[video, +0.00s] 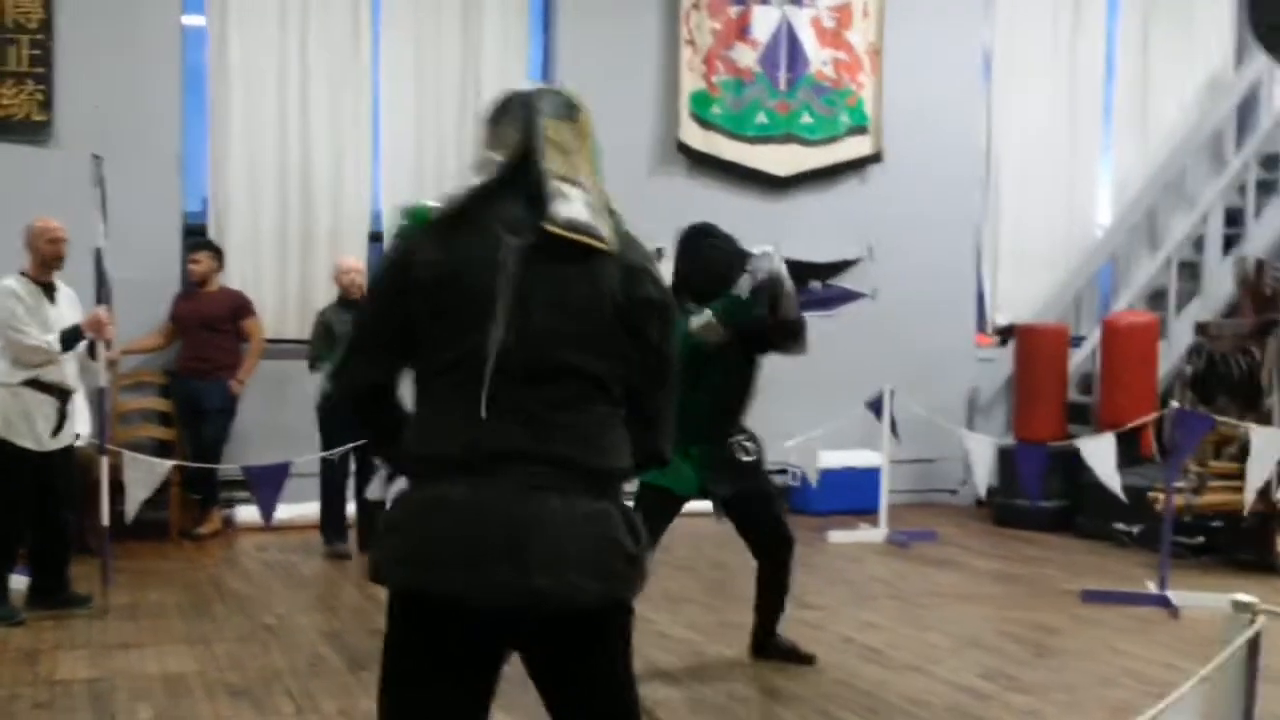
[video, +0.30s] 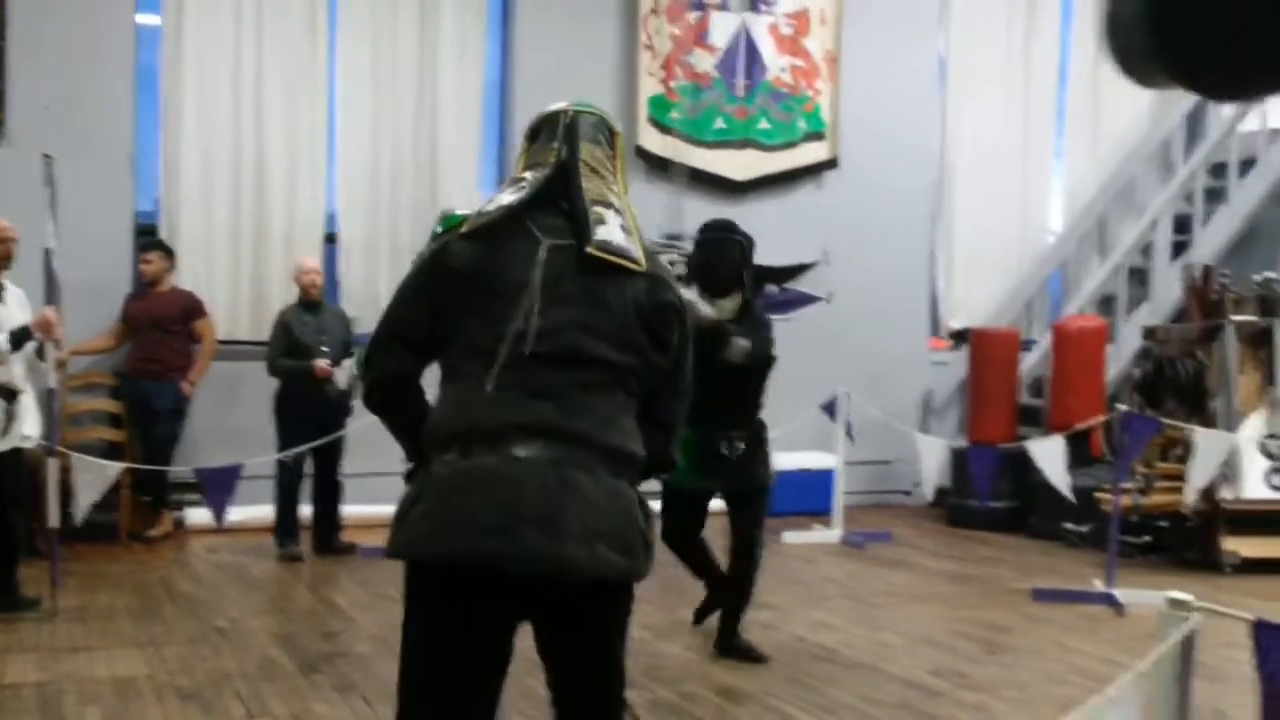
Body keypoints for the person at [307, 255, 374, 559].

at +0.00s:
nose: (352, 278)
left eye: (357, 272)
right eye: (346, 273)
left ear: (366, 277)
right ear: (336, 279)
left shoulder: (376, 314)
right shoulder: (329, 317)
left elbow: (388, 354)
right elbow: (316, 361)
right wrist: (339, 365)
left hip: (371, 398)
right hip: (337, 400)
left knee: (369, 470)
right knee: (334, 471)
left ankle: (371, 536)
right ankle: (335, 536)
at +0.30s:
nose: (313, 279)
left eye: (317, 273)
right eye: (306, 273)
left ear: (323, 278)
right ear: (296, 279)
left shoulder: (337, 316)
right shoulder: (288, 318)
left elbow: (349, 353)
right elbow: (274, 363)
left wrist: (342, 371)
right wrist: (310, 366)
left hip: (331, 403)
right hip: (295, 403)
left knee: (327, 473)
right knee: (290, 472)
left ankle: (327, 536)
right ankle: (287, 540)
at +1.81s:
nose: (133, 268)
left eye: (138, 262)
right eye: (126, 263)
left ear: (145, 269)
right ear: (115, 270)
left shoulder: (160, 309)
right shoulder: (105, 310)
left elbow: (173, 354)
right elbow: (91, 358)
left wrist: (168, 392)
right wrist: (130, 361)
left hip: (153, 402)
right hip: (113, 402)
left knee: (148, 474)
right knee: (108, 473)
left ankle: (145, 540)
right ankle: (104, 543)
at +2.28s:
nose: (130, 286)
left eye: (135, 280)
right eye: (123, 281)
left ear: (143, 286)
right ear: (113, 288)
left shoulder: (159, 327)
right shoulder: (103, 328)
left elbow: (175, 365)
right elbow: (90, 376)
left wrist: (161, 383)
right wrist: (128, 379)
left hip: (150, 415)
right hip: (111, 416)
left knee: (147, 488)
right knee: (107, 489)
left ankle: (145, 556)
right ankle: (103, 560)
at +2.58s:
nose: (128, 284)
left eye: (133, 278)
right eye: (121, 278)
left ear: (143, 283)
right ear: (112, 286)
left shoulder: (160, 325)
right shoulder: (101, 326)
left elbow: (176, 366)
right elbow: (88, 374)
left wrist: (165, 399)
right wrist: (126, 377)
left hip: (151, 416)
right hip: (110, 416)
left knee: (145, 488)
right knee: (104, 487)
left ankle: (142, 553)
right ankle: (100, 556)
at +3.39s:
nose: (106, 270)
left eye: (111, 262)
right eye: (100, 263)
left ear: (118, 267)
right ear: (88, 269)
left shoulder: (132, 310)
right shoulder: (76, 309)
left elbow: (146, 350)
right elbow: (63, 357)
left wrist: (130, 359)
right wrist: (102, 360)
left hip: (124, 398)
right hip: (86, 398)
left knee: (120, 471)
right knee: (80, 470)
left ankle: (117, 540)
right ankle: (75, 542)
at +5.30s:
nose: (28, 262)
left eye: (31, 256)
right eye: (20, 256)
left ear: (37, 263)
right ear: (5, 265)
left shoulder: (49, 304)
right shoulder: (1, 303)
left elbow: (64, 350)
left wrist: (59, 389)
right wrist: (19, 357)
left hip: (42, 402)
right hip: (5, 402)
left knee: (37, 475)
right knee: (2, 474)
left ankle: (33, 541)